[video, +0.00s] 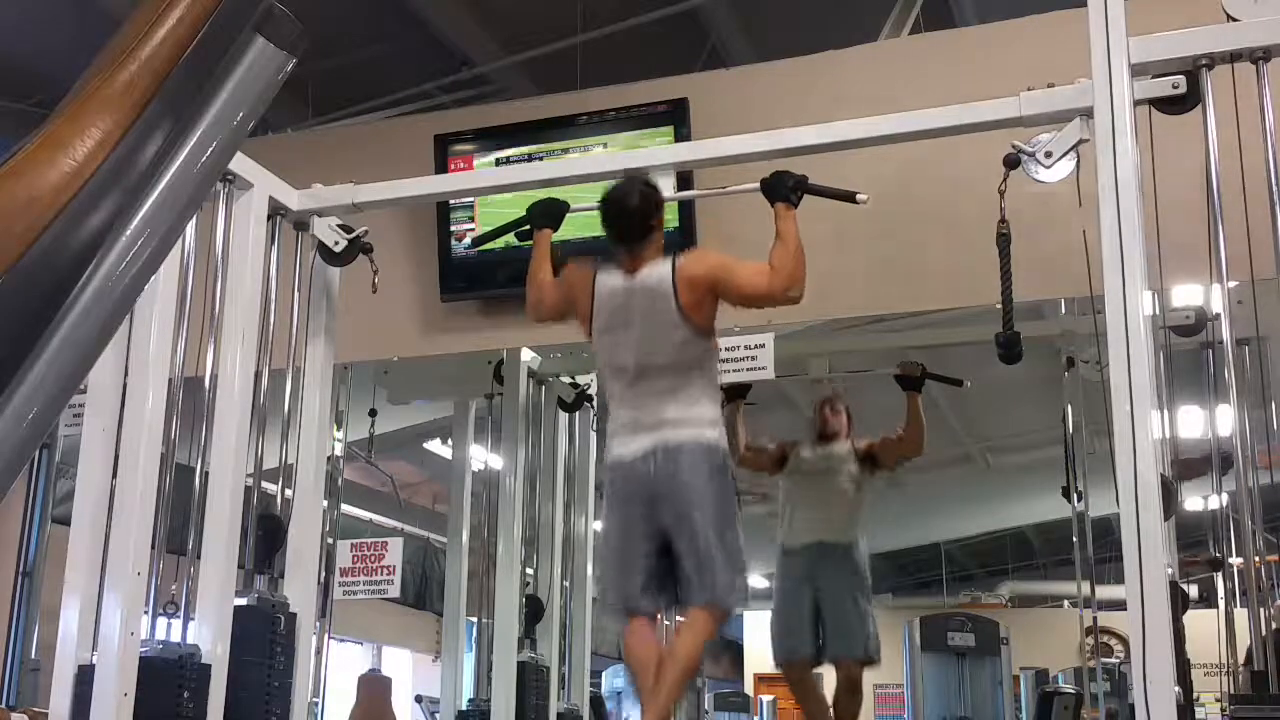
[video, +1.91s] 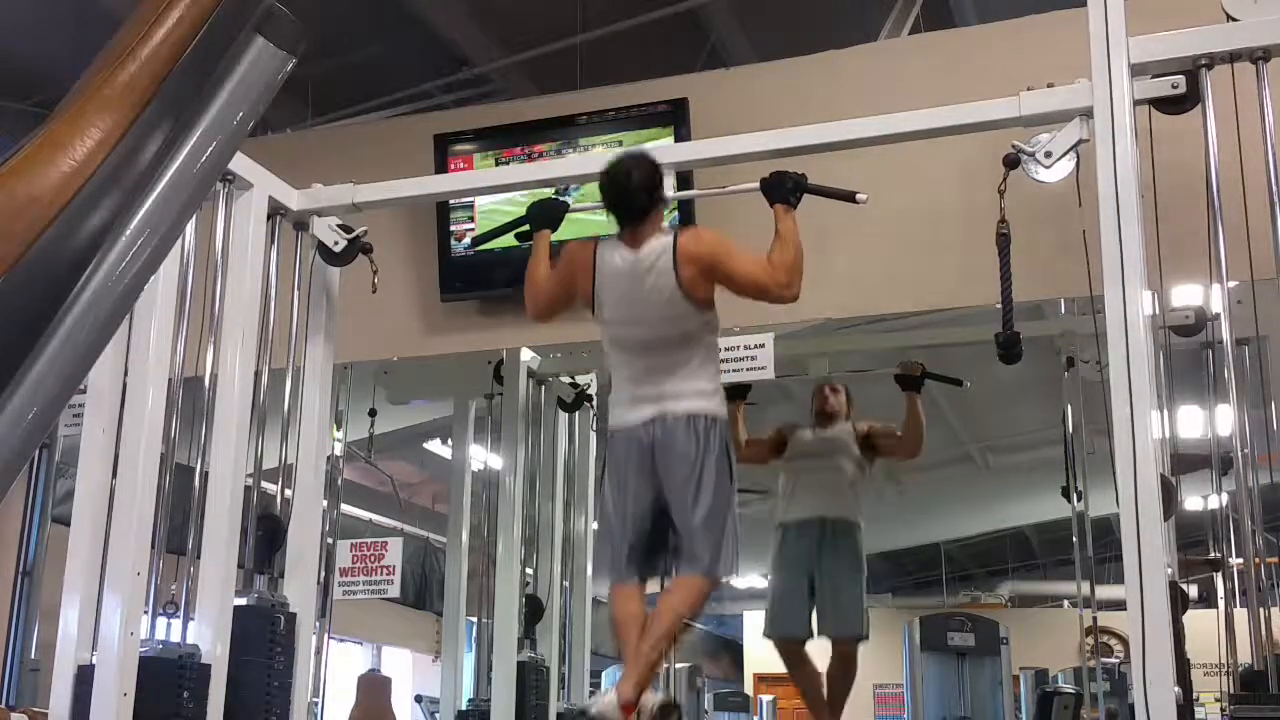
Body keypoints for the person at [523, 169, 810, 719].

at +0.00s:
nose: (662, 217)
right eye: (660, 211)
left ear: (609, 230)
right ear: (661, 221)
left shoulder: (588, 284)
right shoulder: (696, 269)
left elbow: (540, 301)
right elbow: (785, 284)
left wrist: (542, 236)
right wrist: (786, 208)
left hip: (626, 464)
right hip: (693, 456)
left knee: (637, 607)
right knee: (708, 599)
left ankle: (656, 718)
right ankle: (653, 715)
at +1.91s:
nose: (663, 192)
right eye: (662, 186)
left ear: (609, 206)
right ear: (661, 198)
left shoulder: (585, 258)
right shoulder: (696, 247)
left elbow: (539, 306)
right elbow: (782, 283)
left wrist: (540, 238)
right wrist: (784, 209)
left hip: (627, 428)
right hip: (692, 424)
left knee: (625, 568)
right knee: (699, 564)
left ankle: (638, 696)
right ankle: (624, 695)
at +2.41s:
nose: (667, 243)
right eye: (665, 237)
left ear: (611, 259)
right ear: (665, 250)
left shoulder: (590, 305)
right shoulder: (698, 295)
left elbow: (543, 303)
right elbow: (785, 289)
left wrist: (543, 235)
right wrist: (785, 209)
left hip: (630, 487)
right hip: (697, 481)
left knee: (632, 632)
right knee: (713, 629)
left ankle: (650, 719)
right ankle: (654, 716)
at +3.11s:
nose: (664, 176)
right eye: (664, 170)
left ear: (609, 193)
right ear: (663, 183)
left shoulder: (585, 242)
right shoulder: (698, 233)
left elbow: (537, 303)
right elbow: (780, 280)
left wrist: (541, 232)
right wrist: (785, 207)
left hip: (630, 413)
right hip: (694, 408)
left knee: (629, 553)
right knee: (702, 546)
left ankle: (645, 687)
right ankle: (632, 678)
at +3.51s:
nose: (668, 230)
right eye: (665, 225)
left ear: (610, 239)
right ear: (665, 234)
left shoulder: (589, 287)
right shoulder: (698, 278)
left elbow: (541, 306)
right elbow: (787, 288)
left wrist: (544, 235)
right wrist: (786, 210)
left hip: (629, 473)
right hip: (695, 467)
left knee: (638, 613)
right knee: (714, 606)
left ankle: (656, 718)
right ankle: (656, 714)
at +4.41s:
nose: (669, 165)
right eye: (667, 159)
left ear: (614, 180)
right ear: (667, 171)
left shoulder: (590, 234)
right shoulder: (698, 226)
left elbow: (542, 304)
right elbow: (777, 278)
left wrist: (542, 234)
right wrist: (785, 206)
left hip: (635, 396)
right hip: (697, 389)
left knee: (641, 540)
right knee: (702, 534)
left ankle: (656, 667)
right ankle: (633, 662)